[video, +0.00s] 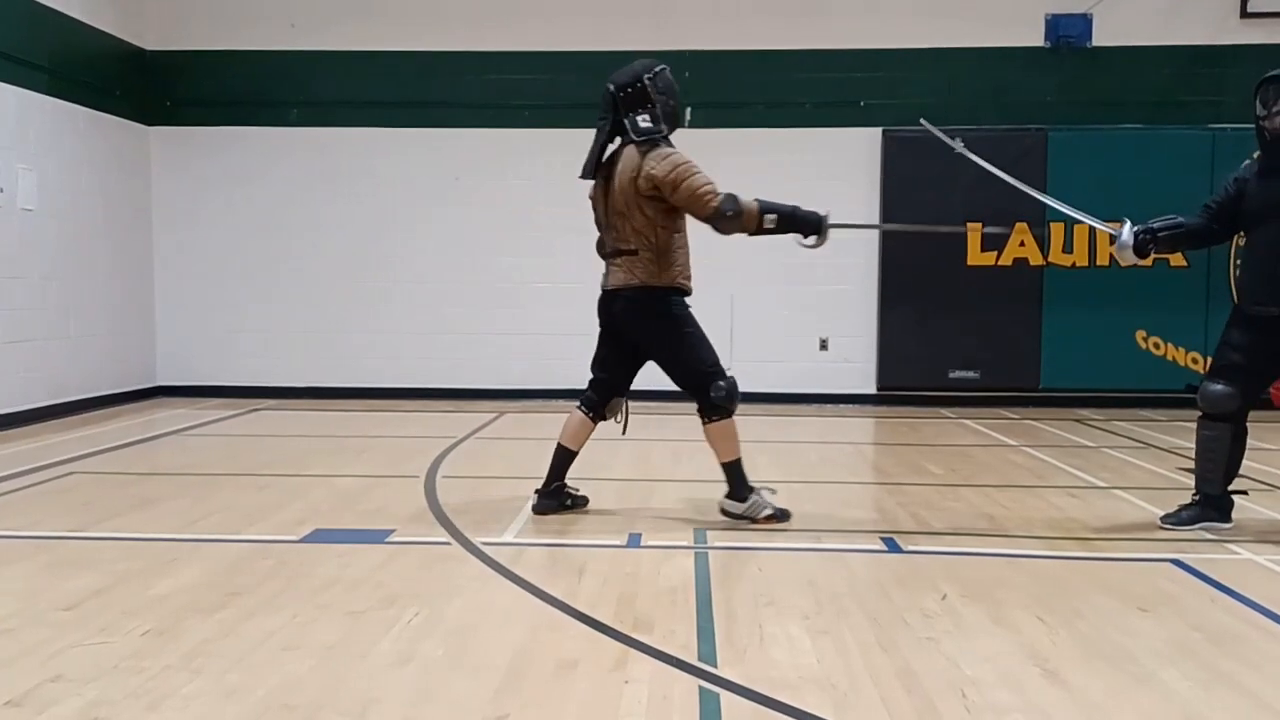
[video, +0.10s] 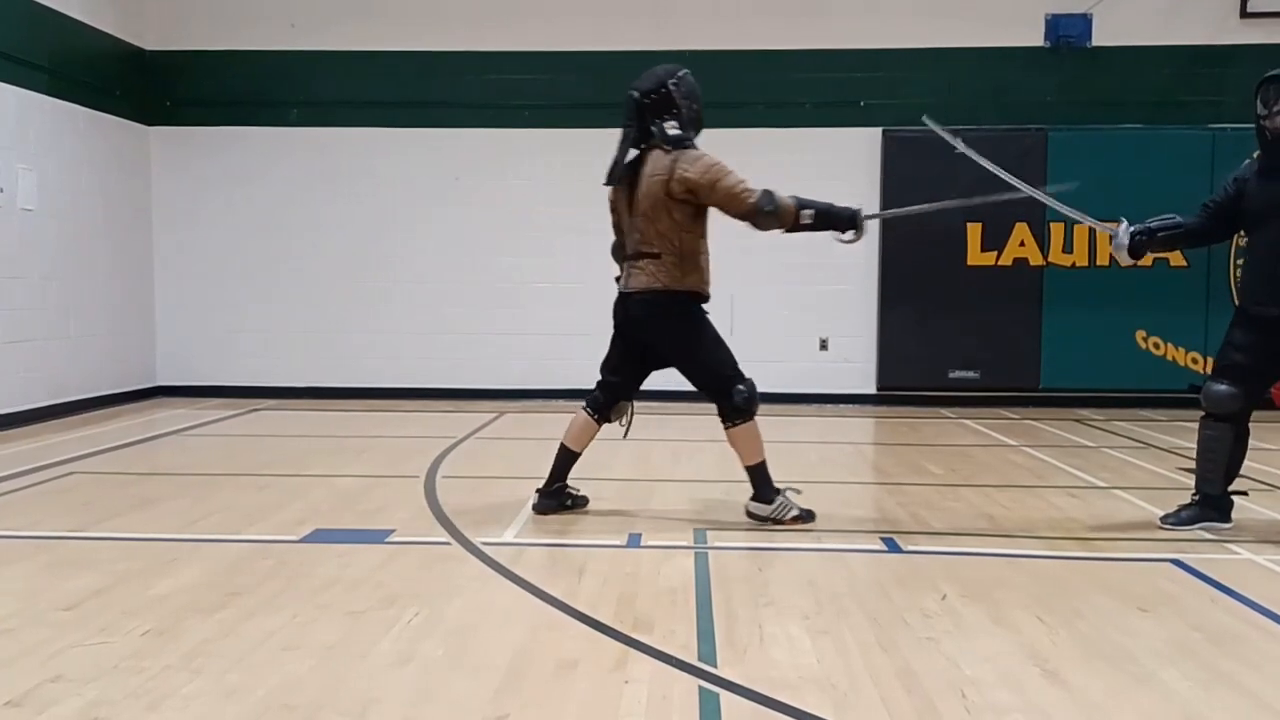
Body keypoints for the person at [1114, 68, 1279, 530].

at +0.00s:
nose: (1270, 120)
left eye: (1276, 112)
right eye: (1268, 111)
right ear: (1261, 117)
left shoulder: (1264, 172)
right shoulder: (1257, 172)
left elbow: (1213, 223)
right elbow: (1212, 223)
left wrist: (1145, 240)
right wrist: (1145, 238)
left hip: (1268, 311)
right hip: (1257, 309)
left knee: (1225, 395)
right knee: (1221, 395)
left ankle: (1212, 499)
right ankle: (1211, 500)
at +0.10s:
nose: (1274, 120)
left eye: (1279, 112)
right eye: (1270, 111)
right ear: (1261, 117)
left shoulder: (1264, 172)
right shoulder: (1258, 172)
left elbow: (1213, 222)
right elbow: (1212, 222)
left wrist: (1145, 239)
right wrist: (1145, 237)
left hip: (1270, 310)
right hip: (1259, 308)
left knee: (1229, 394)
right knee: (1225, 395)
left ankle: (1212, 499)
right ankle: (1211, 500)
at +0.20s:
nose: (1274, 124)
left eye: (1277, 116)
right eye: (1272, 116)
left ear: (1277, 122)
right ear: (1265, 121)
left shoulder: (1261, 178)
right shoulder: (1261, 176)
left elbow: (1203, 215)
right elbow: (1202, 214)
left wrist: (1129, 230)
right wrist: (1128, 230)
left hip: (1271, 311)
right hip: (1265, 310)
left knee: (1233, 393)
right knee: (1229, 395)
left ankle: (1212, 500)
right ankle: (1211, 500)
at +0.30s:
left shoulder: (1272, 183)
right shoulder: (1274, 182)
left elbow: (1212, 207)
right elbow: (1213, 207)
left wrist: (1132, 214)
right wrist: (1133, 213)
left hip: (1275, 322)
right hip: (1275, 319)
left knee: (1240, 400)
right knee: (1237, 400)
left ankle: (1212, 502)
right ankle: (1211, 502)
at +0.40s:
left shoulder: (1275, 192)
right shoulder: (1275, 190)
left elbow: (1224, 214)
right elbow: (1225, 213)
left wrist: (1147, 210)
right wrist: (1149, 211)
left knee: (1253, 400)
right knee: (1251, 400)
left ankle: (1215, 500)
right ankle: (1215, 500)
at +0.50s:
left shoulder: (1277, 199)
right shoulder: (1278, 197)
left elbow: (1254, 231)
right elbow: (1253, 231)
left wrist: (1175, 225)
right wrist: (1174, 225)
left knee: (1256, 395)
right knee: (1253, 395)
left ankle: (1221, 499)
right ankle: (1221, 499)